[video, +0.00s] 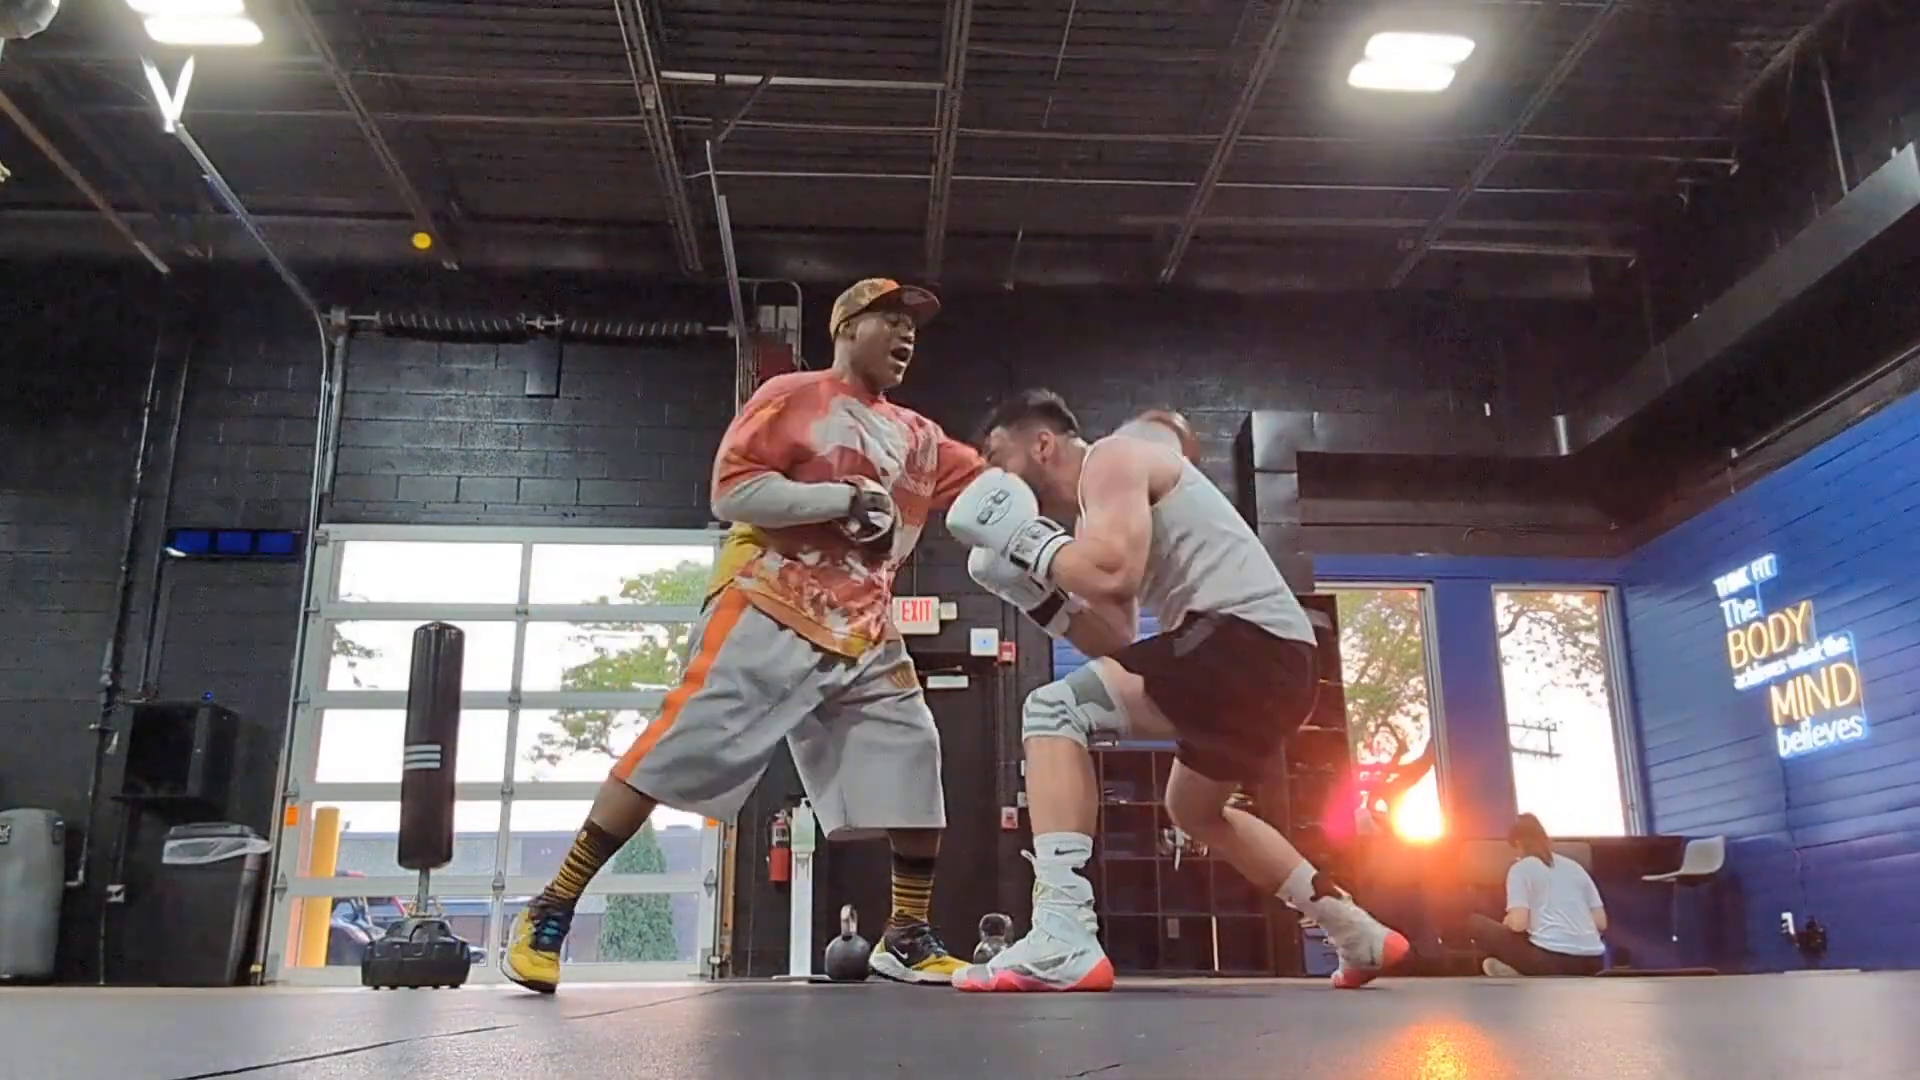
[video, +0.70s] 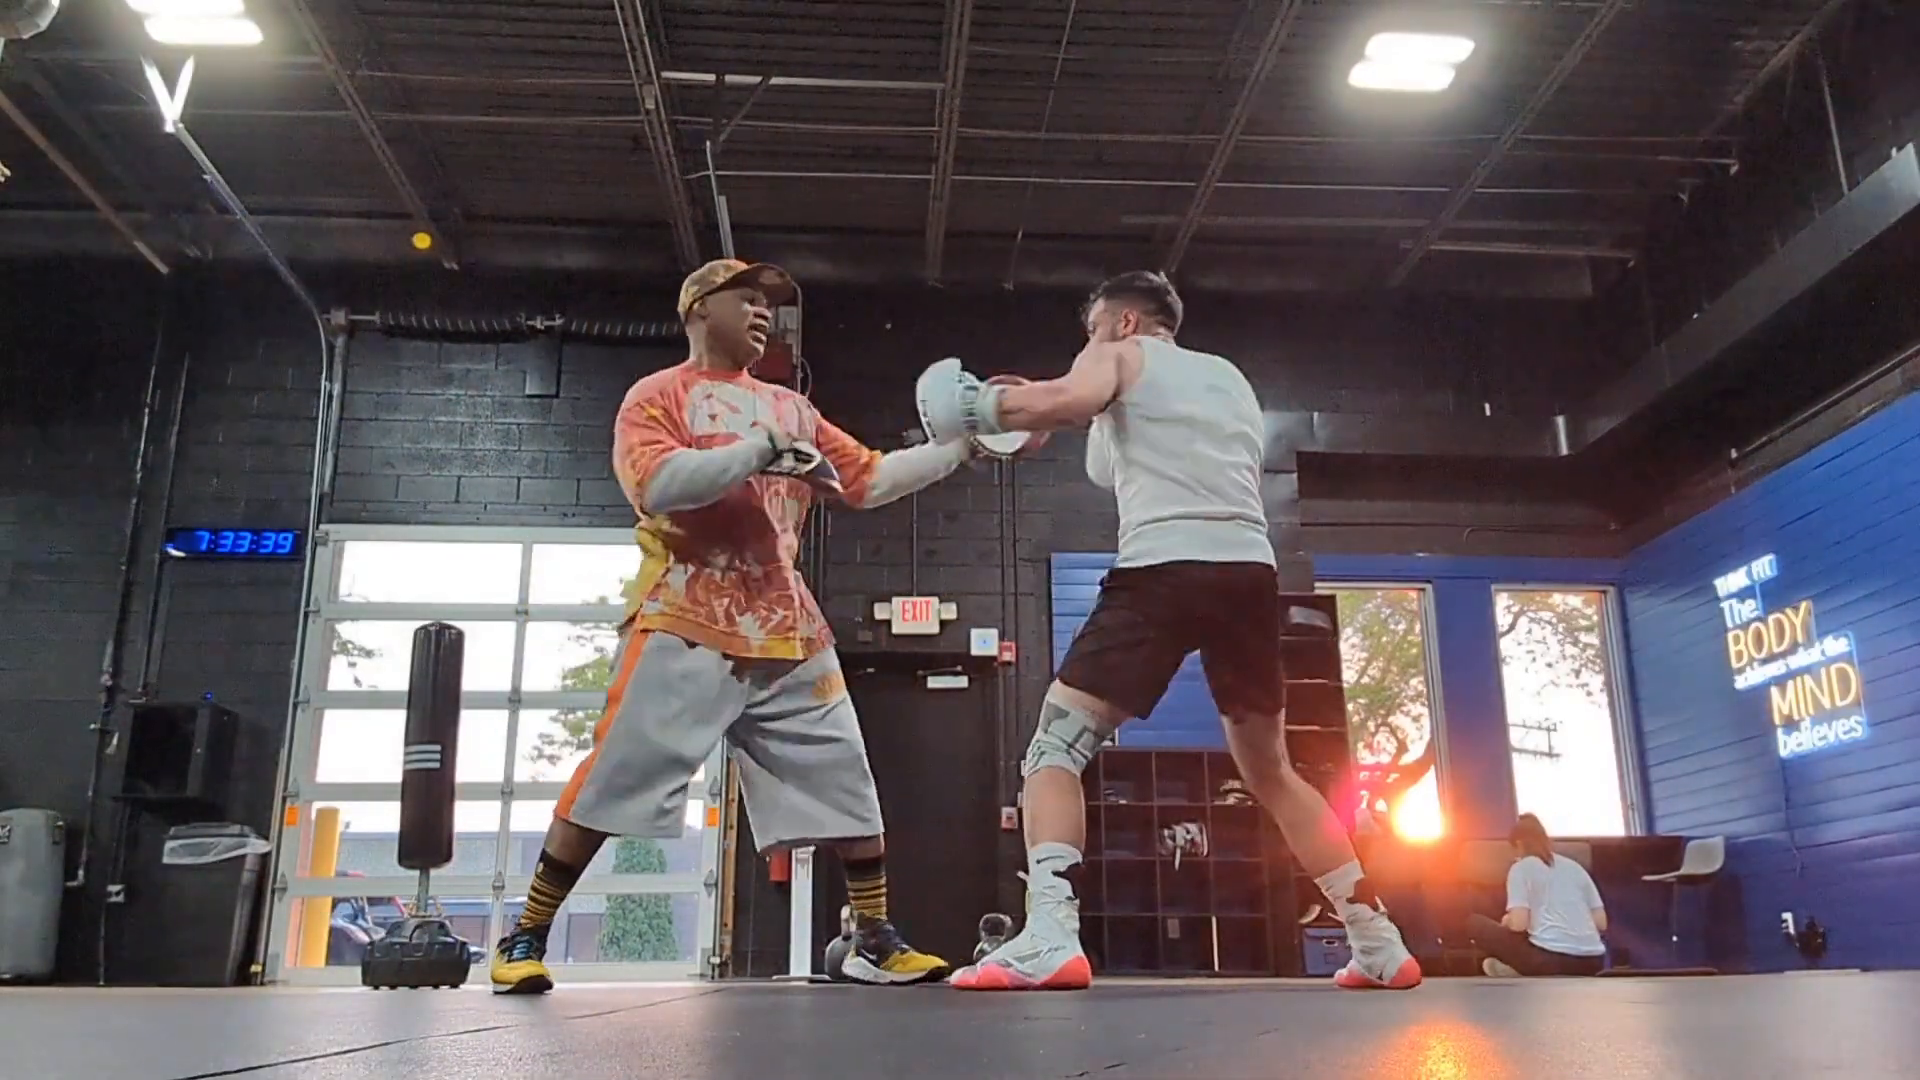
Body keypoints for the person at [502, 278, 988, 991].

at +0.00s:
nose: (907, 337)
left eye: (912, 329)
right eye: (893, 322)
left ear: (909, 345)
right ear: (847, 328)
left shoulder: (920, 437)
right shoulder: (790, 394)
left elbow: (1004, 491)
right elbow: (733, 493)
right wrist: (844, 498)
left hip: (865, 628)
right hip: (770, 604)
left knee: (917, 749)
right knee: (683, 741)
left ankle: (908, 931)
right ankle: (554, 909)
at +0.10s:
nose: (864, 333)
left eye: (873, 325)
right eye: (849, 317)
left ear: (878, 343)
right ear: (806, 326)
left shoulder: (904, 415)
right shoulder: (751, 411)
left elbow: (994, 418)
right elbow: (699, 514)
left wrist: (1074, 385)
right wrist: (781, 479)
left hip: (853, 630)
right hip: (748, 617)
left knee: (911, 746)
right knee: (665, 753)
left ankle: (908, 935)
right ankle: (545, 921)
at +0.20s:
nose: (818, 332)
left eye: (827, 324)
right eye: (800, 315)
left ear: (831, 341)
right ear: (756, 325)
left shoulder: (859, 415)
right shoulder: (709, 423)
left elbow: (954, 430)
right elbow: (673, 519)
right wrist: (741, 445)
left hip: (842, 629)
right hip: (734, 625)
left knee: (906, 750)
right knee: (642, 761)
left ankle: (909, 935)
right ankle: (539, 935)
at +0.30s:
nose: (801, 320)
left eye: (808, 310)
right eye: (782, 303)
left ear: (814, 327)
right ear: (737, 313)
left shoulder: (840, 418)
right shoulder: (690, 408)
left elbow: (892, 498)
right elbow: (668, 484)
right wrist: (708, 378)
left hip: (831, 623)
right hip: (721, 619)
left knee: (893, 756)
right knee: (632, 762)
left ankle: (903, 937)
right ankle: (534, 936)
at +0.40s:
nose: (821, 329)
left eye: (824, 320)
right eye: (804, 313)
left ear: (821, 336)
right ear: (751, 318)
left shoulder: (828, 422)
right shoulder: (707, 399)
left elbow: (816, 524)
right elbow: (749, 459)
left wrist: (847, 559)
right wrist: (745, 341)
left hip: (824, 626)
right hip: (726, 624)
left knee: (888, 768)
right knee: (646, 769)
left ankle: (900, 938)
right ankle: (539, 934)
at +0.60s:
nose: (797, 327)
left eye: (795, 317)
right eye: (781, 313)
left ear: (765, 331)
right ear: (733, 321)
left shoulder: (783, 424)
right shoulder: (689, 393)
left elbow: (813, 532)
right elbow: (743, 465)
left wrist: (892, 480)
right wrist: (845, 404)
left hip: (800, 620)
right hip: (711, 619)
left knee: (862, 765)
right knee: (634, 772)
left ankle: (897, 937)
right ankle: (530, 936)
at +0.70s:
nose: (762, 309)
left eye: (766, 301)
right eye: (745, 295)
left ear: (767, 324)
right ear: (698, 310)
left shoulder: (789, 409)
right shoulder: (655, 397)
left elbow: (867, 480)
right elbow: (657, 484)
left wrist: (966, 442)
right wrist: (764, 447)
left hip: (786, 616)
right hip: (687, 612)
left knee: (846, 765)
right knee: (618, 768)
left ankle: (871, 936)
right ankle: (527, 937)